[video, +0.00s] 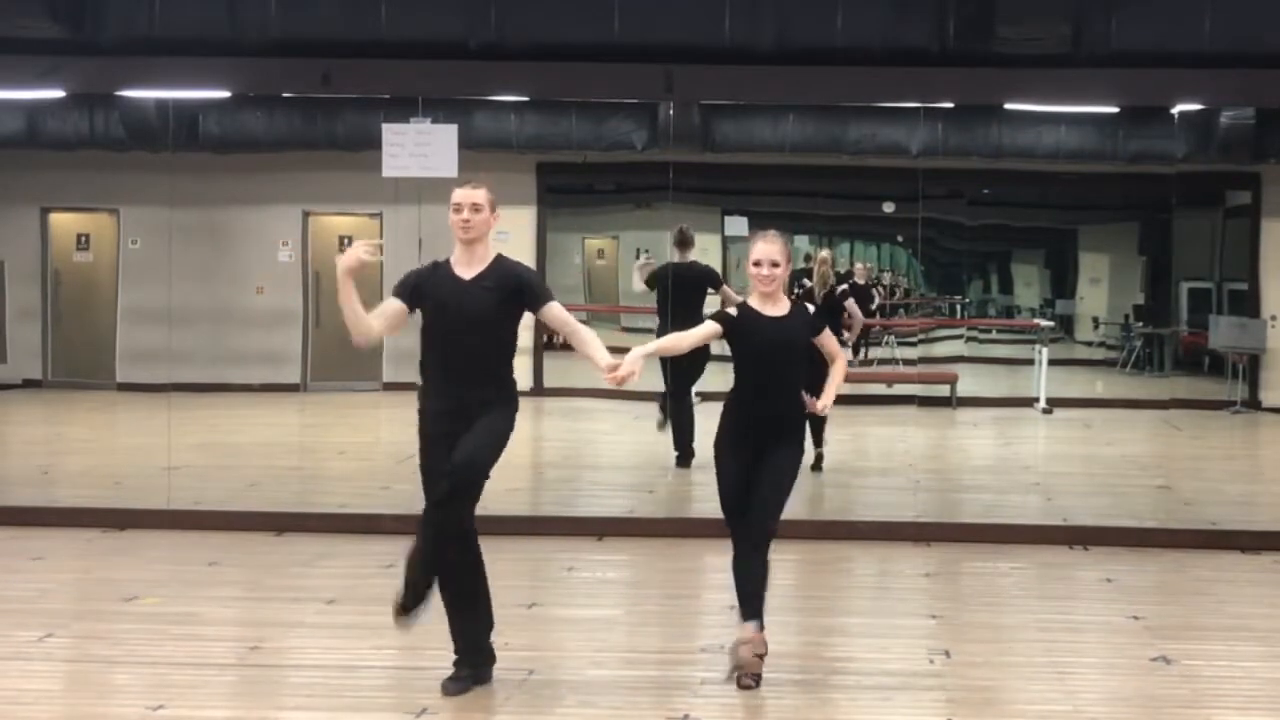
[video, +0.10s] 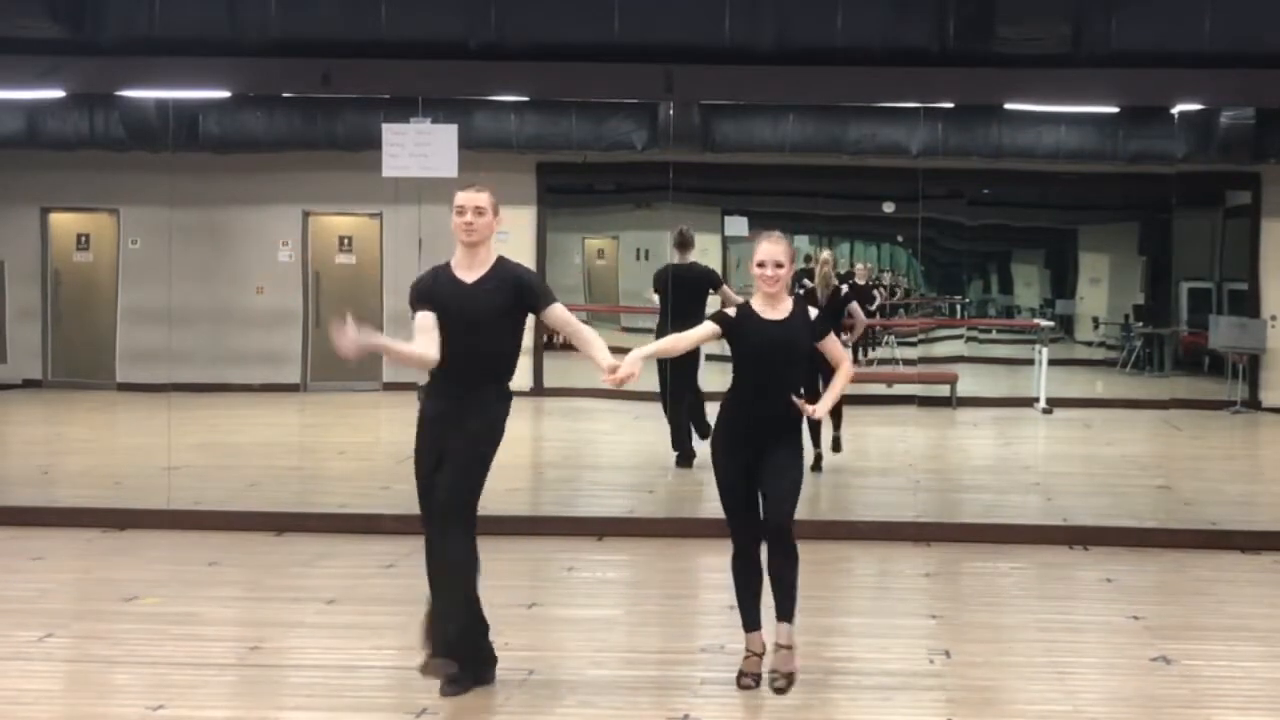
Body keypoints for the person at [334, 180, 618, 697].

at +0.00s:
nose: (464, 216)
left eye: (474, 208)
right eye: (457, 208)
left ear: (494, 218)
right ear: (447, 218)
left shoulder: (516, 277)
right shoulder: (426, 278)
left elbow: (572, 328)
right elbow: (366, 332)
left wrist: (605, 362)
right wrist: (344, 276)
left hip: (492, 408)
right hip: (438, 411)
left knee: (461, 476)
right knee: (450, 524)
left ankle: (418, 577)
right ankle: (474, 655)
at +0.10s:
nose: (469, 219)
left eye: (479, 212)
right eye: (461, 211)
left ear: (497, 221)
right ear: (450, 220)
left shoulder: (518, 280)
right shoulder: (431, 283)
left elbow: (575, 329)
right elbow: (426, 354)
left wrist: (606, 362)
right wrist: (374, 341)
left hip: (484, 410)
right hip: (436, 408)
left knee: (450, 514)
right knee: (439, 524)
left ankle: (449, 645)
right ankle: (472, 655)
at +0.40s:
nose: (477, 233)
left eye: (486, 225)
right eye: (469, 225)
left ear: (504, 234)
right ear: (459, 234)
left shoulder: (523, 300)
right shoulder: (433, 291)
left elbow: (574, 349)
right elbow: (358, 320)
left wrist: (615, 370)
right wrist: (291, 356)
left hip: (501, 435)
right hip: (451, 434)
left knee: (472, 537)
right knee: (449, 536)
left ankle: (473, 643)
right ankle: (474, 652)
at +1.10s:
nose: (468, 234)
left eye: (478, 226)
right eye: (460, 226)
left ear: (498, 233)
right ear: (451, 232)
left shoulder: (513, 305)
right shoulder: (425, 283)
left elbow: (560, 362)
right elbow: (341, 284)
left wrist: (604, 389)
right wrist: (264, 279)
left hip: (507, 446)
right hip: (451, 444)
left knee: (485, 562)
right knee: (444, 559)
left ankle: (446, 687)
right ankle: (476, 644)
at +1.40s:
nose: (469, 238)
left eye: (480, 229)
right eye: (461, 230)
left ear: (502, 235)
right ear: (454, 236)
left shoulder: (521, 305)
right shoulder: (433, 275)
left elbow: (571, 365)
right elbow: (355, 242)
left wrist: (618, 409)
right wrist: (277, 218)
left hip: (501, 448)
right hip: (444, 443)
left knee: (481, 574)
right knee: (433, 572)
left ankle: (445, 698)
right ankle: (459, 648)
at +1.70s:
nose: (513, 234)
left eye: (522, 226)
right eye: (503, 225)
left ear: (533, 232)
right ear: (485, 231)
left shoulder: (552, 293)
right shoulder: (460, 288)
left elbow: (610, 335)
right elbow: (387, 323)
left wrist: (623, 355)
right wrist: (334, 283)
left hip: (512, 437)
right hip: (459, 429)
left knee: (478, 544)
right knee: (450, 544)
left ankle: (460, 671)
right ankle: (452, 652)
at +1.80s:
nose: (546, 239)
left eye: (549, 232)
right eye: (537, 231)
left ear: (549, 235)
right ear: (508, 232)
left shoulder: (563, 291)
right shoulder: (473, 295)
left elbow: (630, 321)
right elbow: (434, 356)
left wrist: (629, 334)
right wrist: (367, 343)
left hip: (528, 432)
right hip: (476, 427)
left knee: (485, 529)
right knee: (463, 538)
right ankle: (455, 658)